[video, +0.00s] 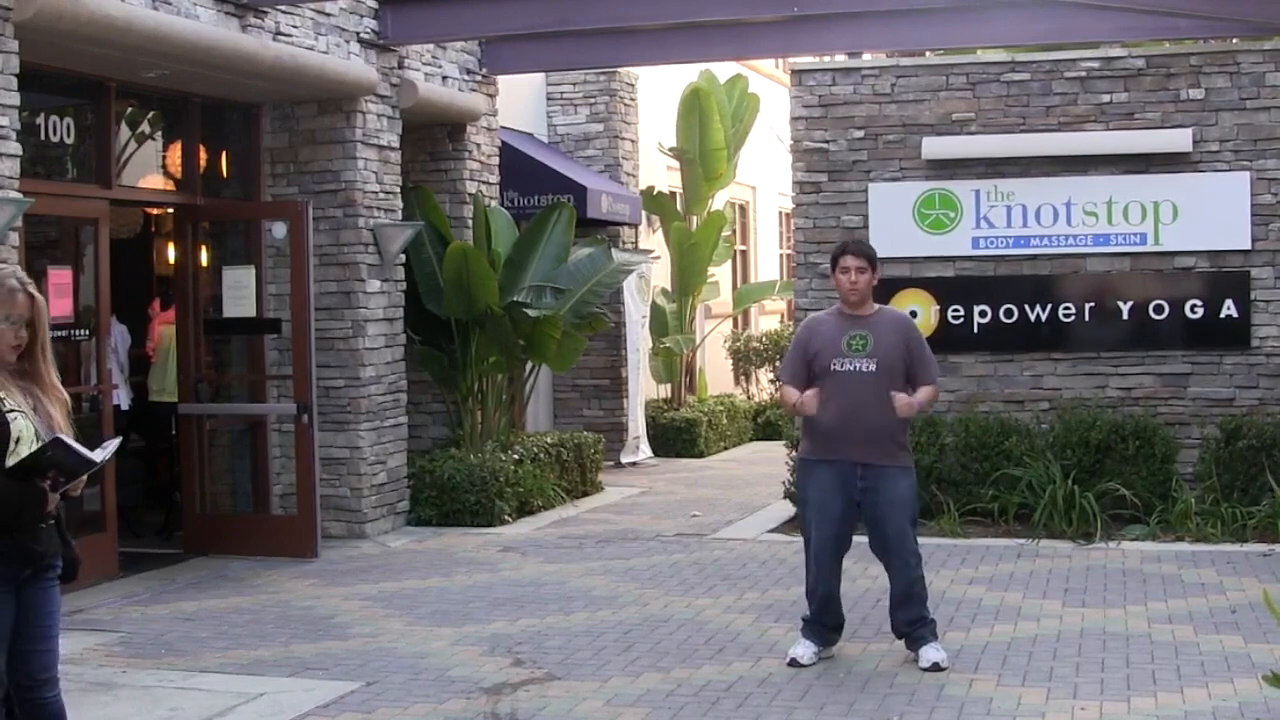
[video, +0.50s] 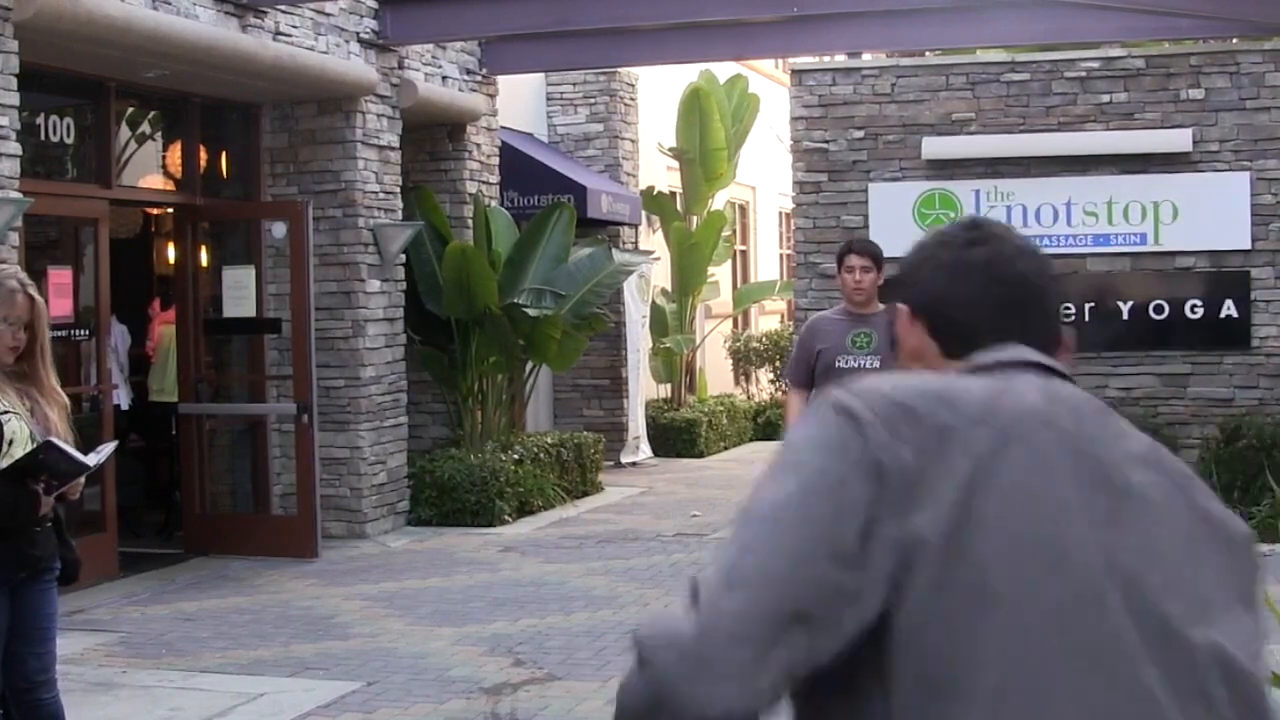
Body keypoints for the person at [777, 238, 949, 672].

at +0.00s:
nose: (852, 279)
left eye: (860, 271)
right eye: (844, 271)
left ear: (874, 276)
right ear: (832, 278)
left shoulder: (901, 326)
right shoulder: (812, 329)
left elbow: (929, 385)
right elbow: (788, 387)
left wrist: (914, 402)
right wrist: (799, 401)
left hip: (889, 463)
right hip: (824, 462)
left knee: (902, 551)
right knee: (821, 551)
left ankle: (922, 637)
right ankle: (818, 633)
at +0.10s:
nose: (854, 277)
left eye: (863, 269)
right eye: (846, 270)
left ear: (877, 275)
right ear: (835, 277)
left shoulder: (904, 324)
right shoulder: (813, 327)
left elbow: (929, 384)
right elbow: (792, 384)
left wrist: (921, 418)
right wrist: (796, 421)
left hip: (892, 458)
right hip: (827, 459)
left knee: (905, 550)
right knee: (824, 550)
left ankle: (923, 637)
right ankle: (818, 634)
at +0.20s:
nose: (855, 278)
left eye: (863, 270)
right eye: (847, 270)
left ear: (877, 275)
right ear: (836, 277)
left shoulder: (904, 325)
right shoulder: (813, 328)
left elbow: (928, 386)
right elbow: (793, 386)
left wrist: (920, 435)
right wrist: (796, 436)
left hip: (892, 462)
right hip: (831, 462)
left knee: (908, 553)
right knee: (826, 552)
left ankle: (923, 637)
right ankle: (817, 634)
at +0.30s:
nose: (856, 278)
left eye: (864, 270)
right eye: (848, 270)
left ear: (878, 275)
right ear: (837, 277)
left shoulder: (904, 326)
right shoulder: (815, 327)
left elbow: (927, 387)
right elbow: (794, 387)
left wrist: (923, 437)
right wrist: (794, 439)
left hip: (893, 461)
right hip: (831, 461)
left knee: (907, 552)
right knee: (826, 551)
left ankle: (922, 636)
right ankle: (817, 634)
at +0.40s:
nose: (857, 278)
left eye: (866, 270)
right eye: (849, 271)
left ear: (880, 276)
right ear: (839, 278)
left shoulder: (906, 327)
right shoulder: (817, 328)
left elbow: (927, 388)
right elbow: (797, 389)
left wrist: (926, 439)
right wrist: (795, 446)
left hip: (893, 463)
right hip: (830, 461)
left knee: (897, 555)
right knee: (827, 552)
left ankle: (899, 644)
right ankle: (815, 635)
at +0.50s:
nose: (857, 279)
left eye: (865, 270)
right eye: (849, 271)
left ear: (880, 277)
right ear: (839, 277)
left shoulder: (900, 324)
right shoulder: (817, 328)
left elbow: (915, 383)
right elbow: (797, 392)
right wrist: (797, 448)